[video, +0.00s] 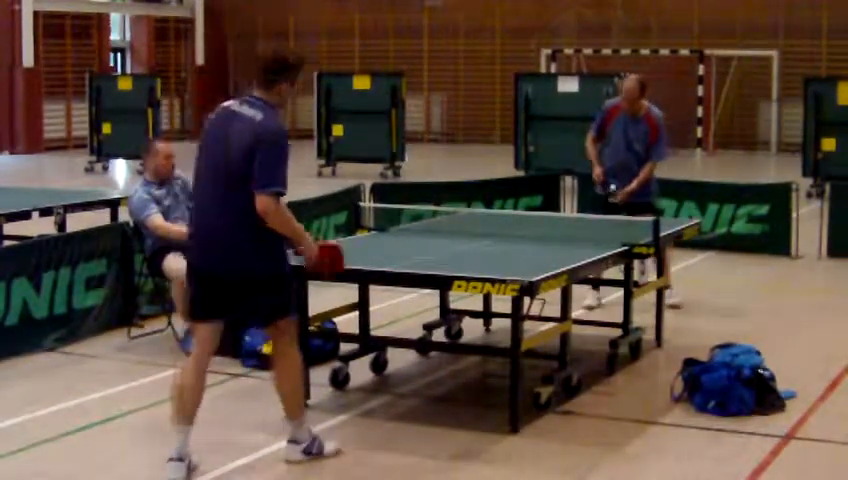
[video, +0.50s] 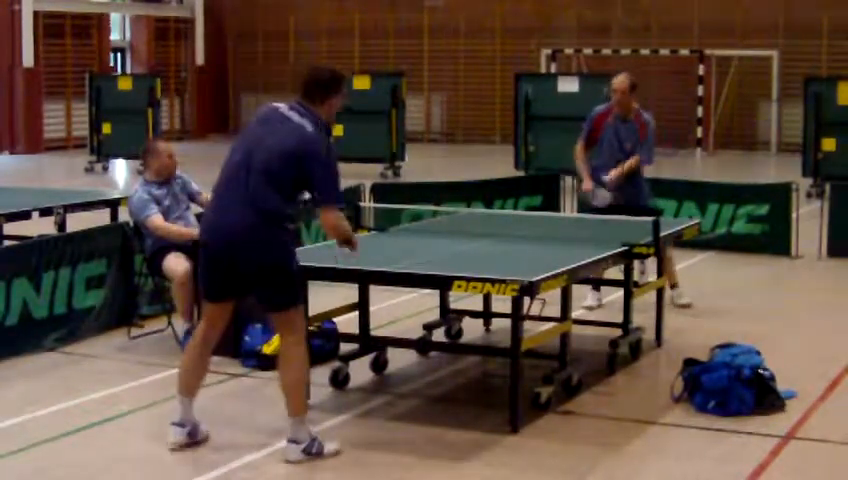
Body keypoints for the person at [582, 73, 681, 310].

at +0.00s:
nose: (627, 103)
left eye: (631, 99)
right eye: (624, 98)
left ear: (642, 97)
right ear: (620, 94)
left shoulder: (653, 118)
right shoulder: (610, 110)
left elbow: (653, 160)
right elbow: (591, 138)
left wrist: (630, 188)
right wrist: (596, 165)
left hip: (639, 186)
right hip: (609, 184)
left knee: (655, 237)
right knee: (601, 237)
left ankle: (665, 287)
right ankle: (594, 290)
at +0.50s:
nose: (616, 97)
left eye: (621, 93)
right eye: (613, 92)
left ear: (631, 94)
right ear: (610, 93)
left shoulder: (644, 121)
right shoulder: (599, 115)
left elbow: (641, 156)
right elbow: (580, 147)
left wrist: (619, 171)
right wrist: (586, 178)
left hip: (632, 185)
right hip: (601, 185)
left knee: (657, 235)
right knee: (597, 238)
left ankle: (674, 287)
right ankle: (594, 290)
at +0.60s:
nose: (622, 94)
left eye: (627, 89)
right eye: (620, 88)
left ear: (637, 91)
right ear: (615, 89)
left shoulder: (648, 114)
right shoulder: (604, 112)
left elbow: (642, 138)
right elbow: (587, 146)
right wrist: (595, 174)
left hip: (638, 185)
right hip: (608, 185)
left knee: (658, 237)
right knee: (599, 239)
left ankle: (674, 287)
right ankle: (594, 289)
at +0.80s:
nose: (639, 82)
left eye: (644, 77)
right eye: (636, 77)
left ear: (651, 81)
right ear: (629, 80)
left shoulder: (659, 106)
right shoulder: (617, 105)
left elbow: (656, 123)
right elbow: (603, 129)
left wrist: (638, 107)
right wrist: (611, 149)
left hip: (650, 181)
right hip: (620, 181)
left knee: (666, 235)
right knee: (608, 235)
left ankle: (675, 287)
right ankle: (596, 289)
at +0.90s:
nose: (643, 77)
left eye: (649, 72)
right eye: (640, 72)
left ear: (657, 78)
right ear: (635, 76)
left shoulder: (666, 105)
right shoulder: (622, 101)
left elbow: (675, 135)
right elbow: (611, 123)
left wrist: (657, 134)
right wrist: (626, 134)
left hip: (656, 184)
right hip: (625, 182)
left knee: (668, 237)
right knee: (609, 235)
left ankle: (675, 287)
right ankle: (596, 289)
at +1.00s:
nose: (645, 76)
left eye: (651, 72)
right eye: (643, 71)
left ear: (661, 79)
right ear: (638, 76)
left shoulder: (669, 106)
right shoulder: (627, 99)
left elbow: (682, 142)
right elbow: (618, 110)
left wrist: (665, 149)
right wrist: (633, 113)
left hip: (657, 183)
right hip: (626, 180)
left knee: (669, 236)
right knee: (611, 235)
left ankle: (676, 288)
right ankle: (596, 289)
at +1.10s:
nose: (648, 76)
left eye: (654, 72)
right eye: (646, 71)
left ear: (664, 78)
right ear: (640, 75)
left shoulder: (672, 106)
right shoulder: (631, 98)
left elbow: (686, 143)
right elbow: (625, 103)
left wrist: (673, 162)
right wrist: (655, 97)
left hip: (658, 180)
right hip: (627, 177)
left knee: (669, 236)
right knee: (612, 234)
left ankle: (676, 287)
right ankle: (597, 289)